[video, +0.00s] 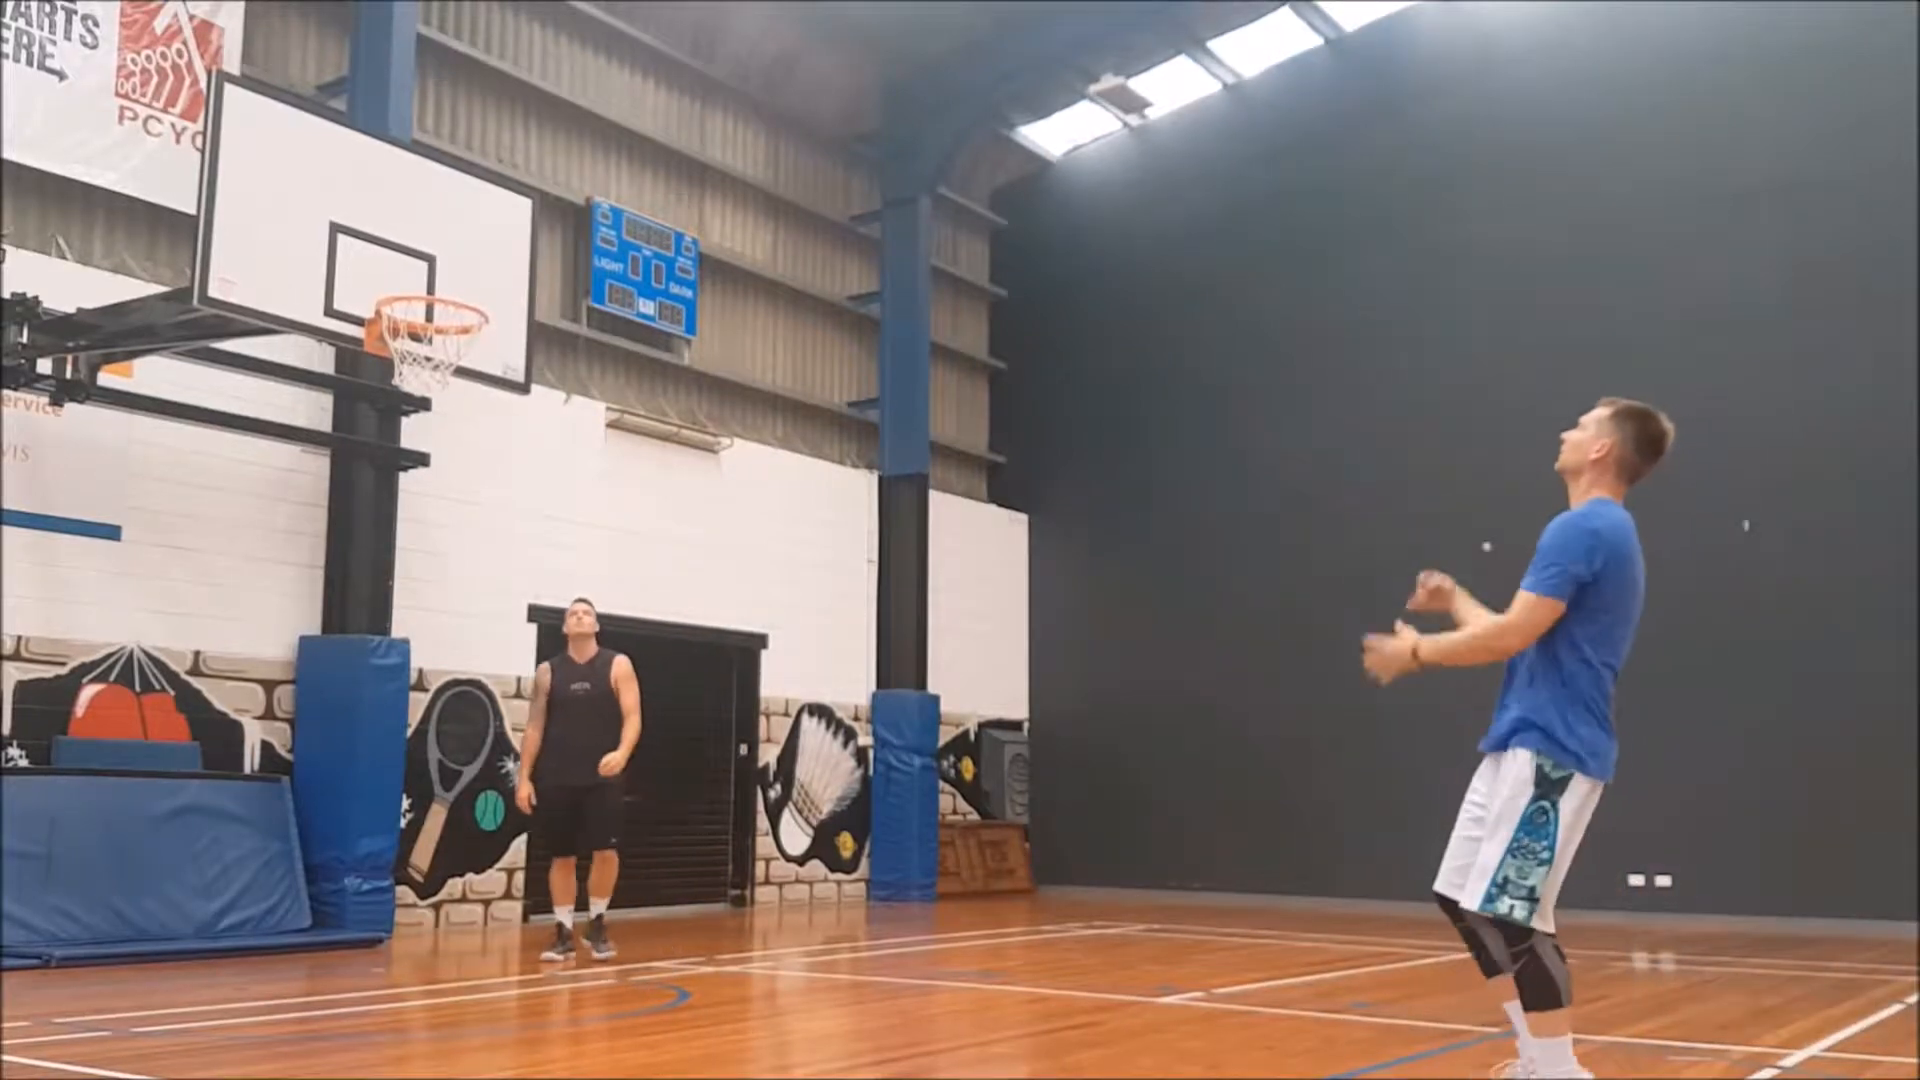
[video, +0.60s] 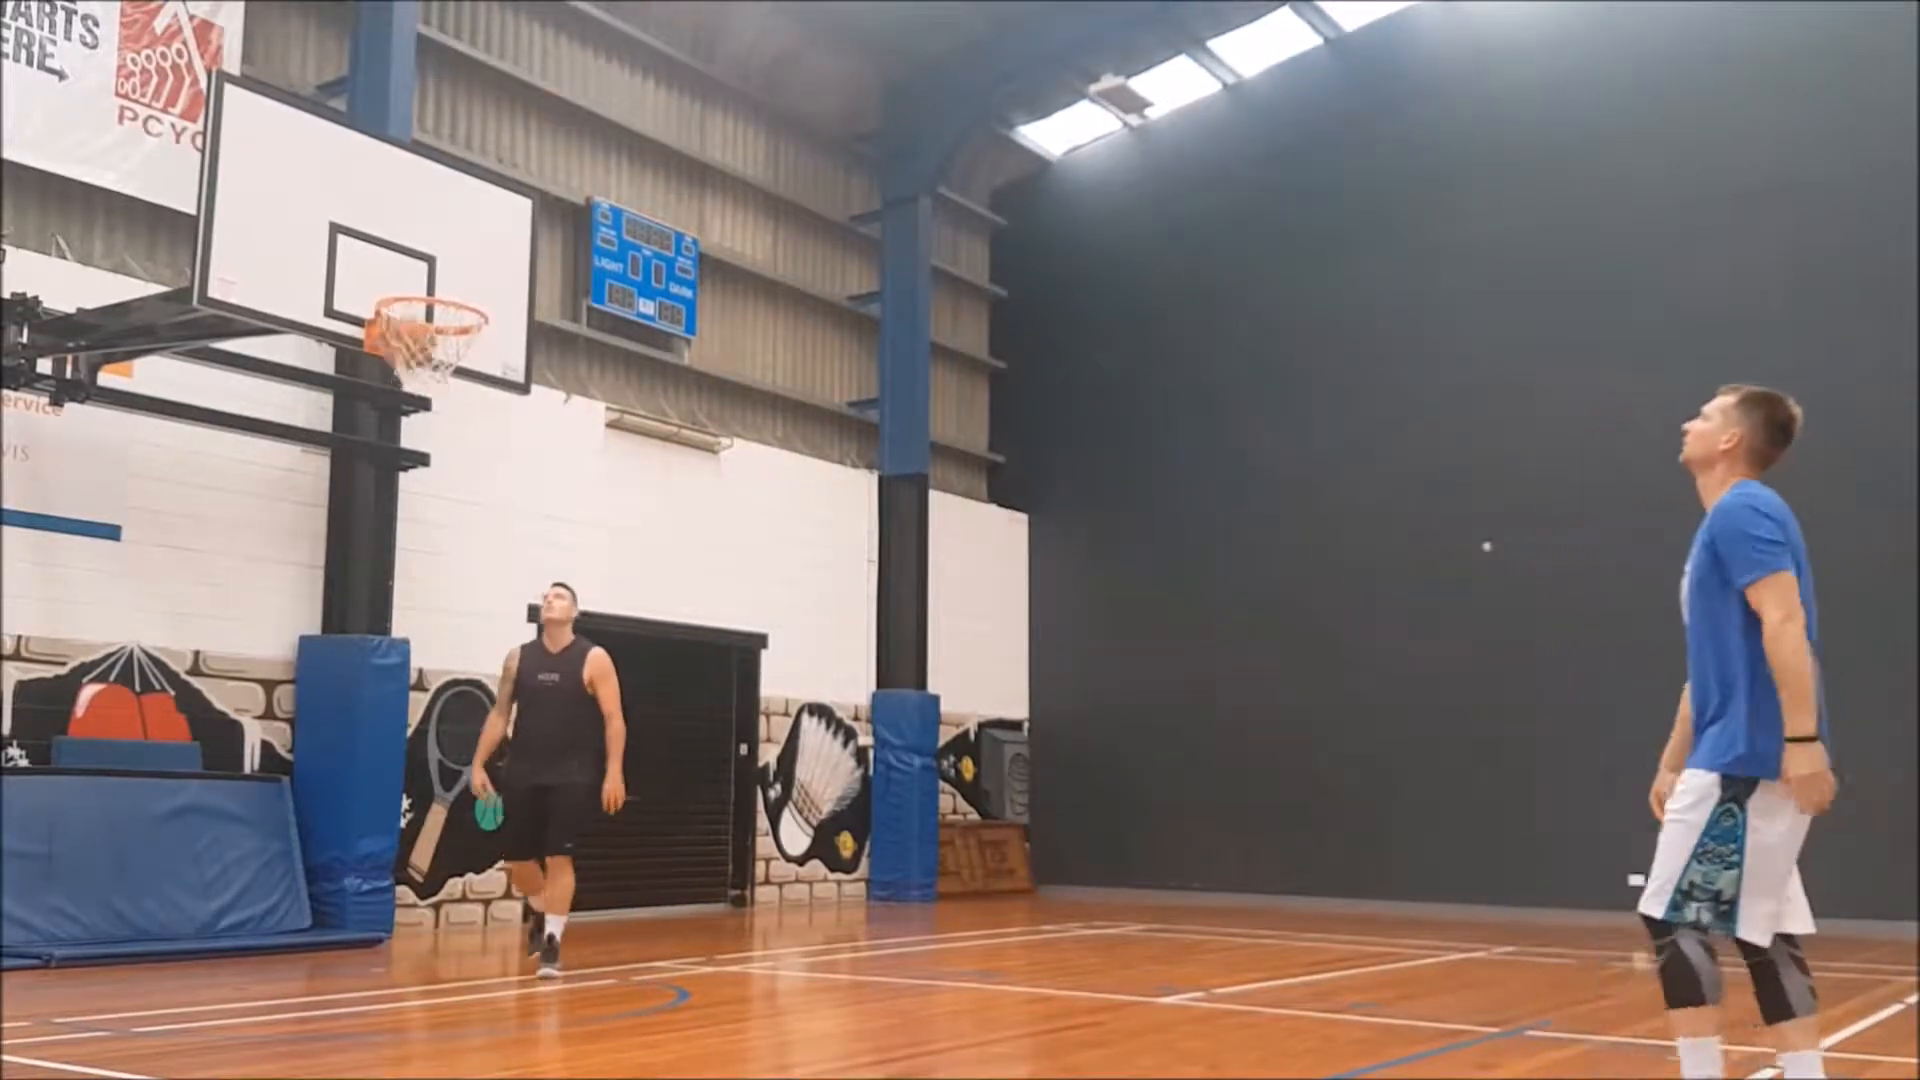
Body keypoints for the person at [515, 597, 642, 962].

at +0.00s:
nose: (579, 616)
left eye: (586, 613)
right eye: (573, 614)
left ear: (597, 625)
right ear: (564, 627)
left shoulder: (617, 665)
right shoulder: (547, 671)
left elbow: (632, 716)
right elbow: (534, 727)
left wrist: (622, 753)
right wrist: (524, 777)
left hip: (602, 777)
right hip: (557, 778)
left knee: (605, 850)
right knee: (562, 855)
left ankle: (598, 926)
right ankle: (564, 934)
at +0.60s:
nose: (550, 600)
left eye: (560, 596)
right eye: (546, 596)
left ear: (575, 612)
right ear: (539, 610)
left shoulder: (594, 659)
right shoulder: (518, 658)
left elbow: (614, 720)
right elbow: (500, 713)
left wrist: (614, 774)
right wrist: (478, 763)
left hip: (573, 774)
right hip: (523, 772)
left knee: (558, 855)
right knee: (517, 857)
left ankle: (553, 942)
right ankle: (546, 911)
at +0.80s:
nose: (537, 592)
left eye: (547, 588)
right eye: (533, 589)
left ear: (564, 605)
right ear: (526, 605)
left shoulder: (579, 649)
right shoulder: (507, 652)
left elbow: (595, 708)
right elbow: (479, 701)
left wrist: (564, 734)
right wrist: (439, 713)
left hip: (558, 772)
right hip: (511, 769)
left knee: (554, 859)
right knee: (494, 850)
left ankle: (550, 944)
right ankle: (493, 946)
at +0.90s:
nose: (526, 597)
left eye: (537, 593)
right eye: (523, 593)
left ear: (555, 609)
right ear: (517, 607)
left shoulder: (568, 652)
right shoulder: (499, 655)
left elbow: (572, 704)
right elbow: (459, 702)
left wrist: (527, 702)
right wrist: (427, 689)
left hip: (551, 778)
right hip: (503, 776)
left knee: (552, 866)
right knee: (488, 856)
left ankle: (551, 946)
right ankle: (461, 950)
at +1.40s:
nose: (483, 617)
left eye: (489, 608)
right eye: (474, 609)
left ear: (503, 612)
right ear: (460, 615)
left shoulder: (519, 658)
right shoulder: (444, 661)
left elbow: (518, 710)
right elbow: (453, 711)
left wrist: (499, 678)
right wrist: (483, 671)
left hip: (504, 777)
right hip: (449, 776)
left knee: (515, 872)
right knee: (453, 858)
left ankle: (508, 944)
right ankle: (448, 965)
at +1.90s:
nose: (490, 581)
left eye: (494, 575)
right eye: (480, 575)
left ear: (500, 586)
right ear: (459, 585)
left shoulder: (512, 639)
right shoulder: (444, 635)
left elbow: (526, 692)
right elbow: (448, 703)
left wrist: (535, 725)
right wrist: (510, 718)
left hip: (496, 769)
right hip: (447, 769)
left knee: (495, 862)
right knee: (452, 861)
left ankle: (484, 955)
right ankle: (441, 965)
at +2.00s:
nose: (494, 585)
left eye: (499, 579)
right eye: (485, 578)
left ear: (504, 590)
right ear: (464, 588)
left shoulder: (516, 643)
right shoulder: (445, 640)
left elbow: (531, 704)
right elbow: (434, 710)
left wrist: (543, 755)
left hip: (500, 769)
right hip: (451, 768)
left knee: (494, 863)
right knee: (454, 861)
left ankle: (484, 956)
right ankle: (442, 963)